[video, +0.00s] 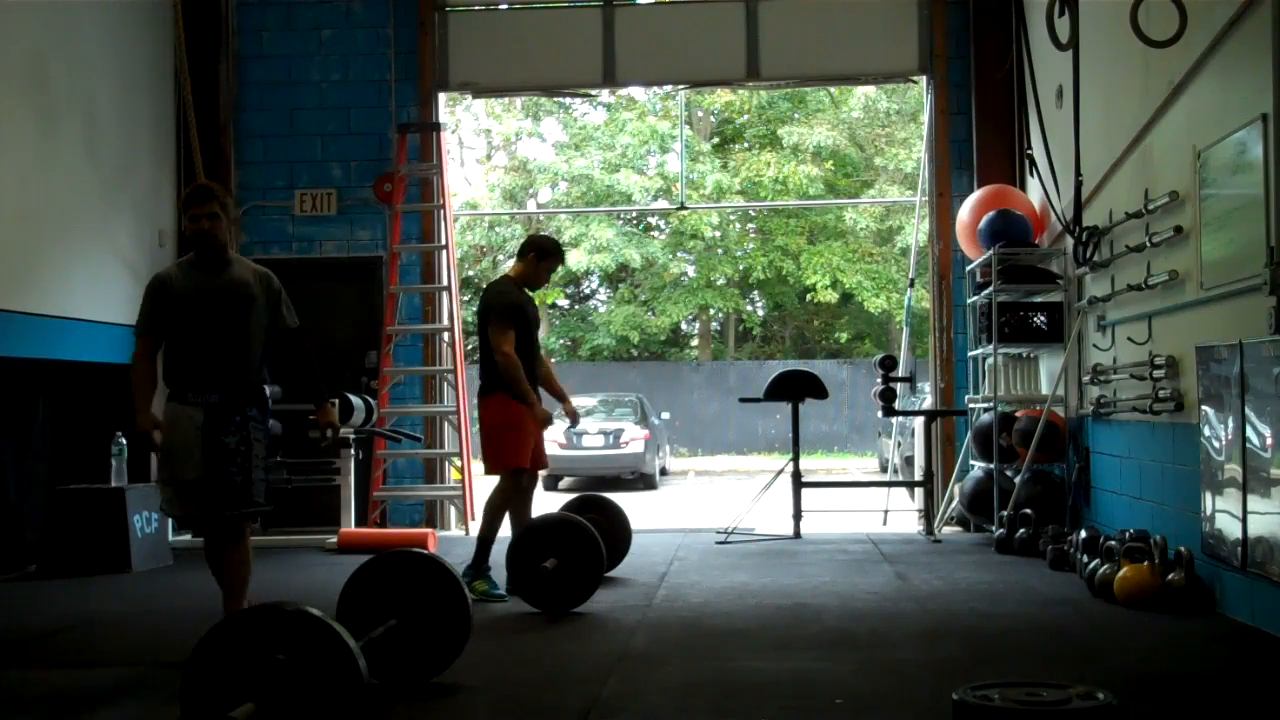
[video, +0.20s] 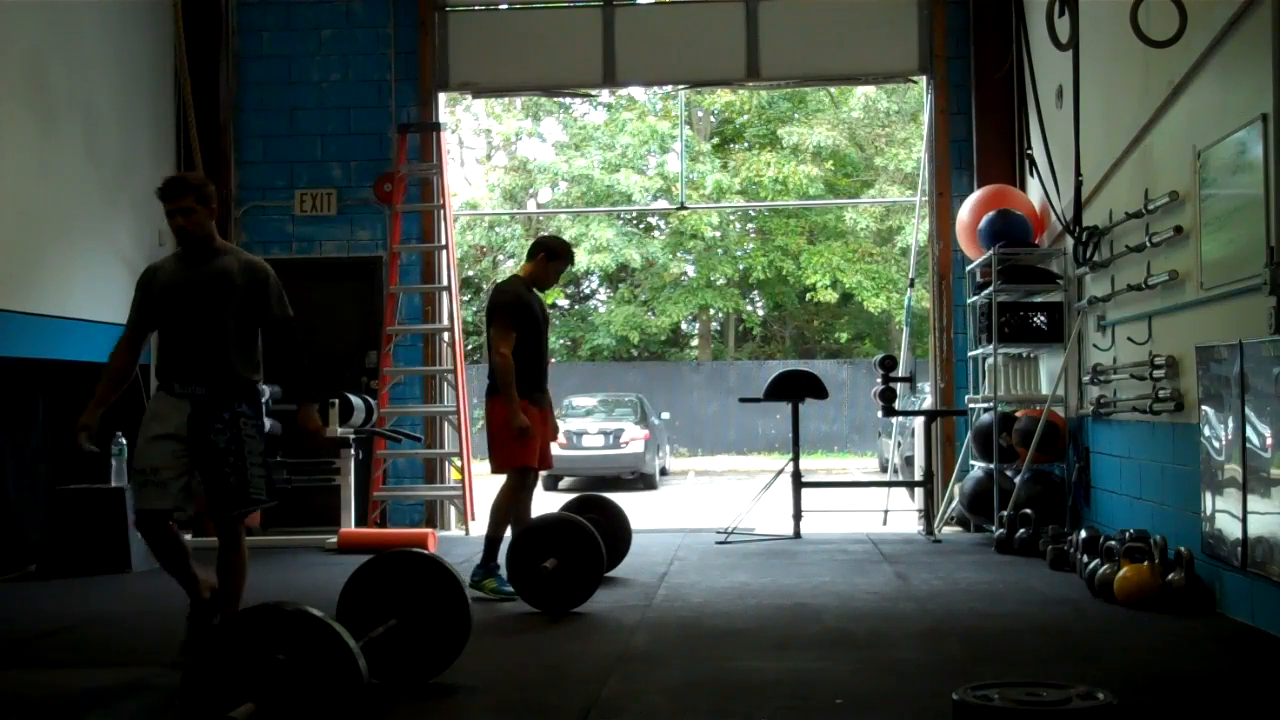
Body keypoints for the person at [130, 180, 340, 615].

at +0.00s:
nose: (204, 226)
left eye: (213, 218)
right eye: (195, 219)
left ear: (230, 223)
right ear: (184, 227)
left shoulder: (260, 281)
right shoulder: (166, 285)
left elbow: (293, 348)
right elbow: (145, 355)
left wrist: (322, 402)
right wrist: (143, 415)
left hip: (244, 418)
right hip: (190, 419)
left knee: (238, 528)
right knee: (209, 529)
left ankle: (235, 623)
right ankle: (239, 609)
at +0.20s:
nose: (180, 223)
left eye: (188, 213)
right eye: (173, 215)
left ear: (212, 210)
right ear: (165, 219)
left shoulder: (252, 273)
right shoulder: (156, 278)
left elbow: (285, 348)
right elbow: (128, 351)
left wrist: (305, 408)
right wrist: (94, 411)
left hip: (232, 412)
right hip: (171, 411)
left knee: (229, 524)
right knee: (151, 515)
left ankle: (229, 625)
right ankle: (199, 594)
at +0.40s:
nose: (144, 224)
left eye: (152, 214)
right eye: (138, 216)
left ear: (179, 208)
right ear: (137, 219)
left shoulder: (229, 269)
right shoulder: (140, 278)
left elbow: (260, 341)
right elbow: (119, 349)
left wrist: (250, 389)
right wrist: (79, 410)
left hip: (213, 417)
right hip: (151, 417)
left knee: (220, 532)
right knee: (131, 530)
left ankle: (227, 636)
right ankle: (121, 649)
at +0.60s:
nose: (93, 225)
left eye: (99, 214)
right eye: (90, 216)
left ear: (129, 210)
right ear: (113, 216)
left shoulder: (186, 267)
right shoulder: (106, 281)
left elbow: (208, 340)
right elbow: (91, 354)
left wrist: (187, 393)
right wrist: (47, 410)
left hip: (170, 421)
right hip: (112, 419)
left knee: (190, 529)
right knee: (103, 538)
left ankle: (221, 630)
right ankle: (99, 659)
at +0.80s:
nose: (45, 227)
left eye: (47, 215)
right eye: (42, 217)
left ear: (72, 207)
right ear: (77, 207)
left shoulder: (142, 259)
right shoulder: (68, 269)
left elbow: (168, 338)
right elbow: (21, 322)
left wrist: (147, 403)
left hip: (125, 420)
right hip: (78, 419)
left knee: (118, 535)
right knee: (78, 542)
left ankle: (177, 611)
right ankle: (95, 661)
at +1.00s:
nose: (12, 233)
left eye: (14, 221)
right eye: (8, 224)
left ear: (32, 209)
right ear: (46, 201)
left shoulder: (106, 257)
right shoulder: (33, 259)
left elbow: (125, 343)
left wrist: (110, 407)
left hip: (82, 418)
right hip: (48, 416)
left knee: (60, 544)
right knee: (67, 543)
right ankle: (92, 668)